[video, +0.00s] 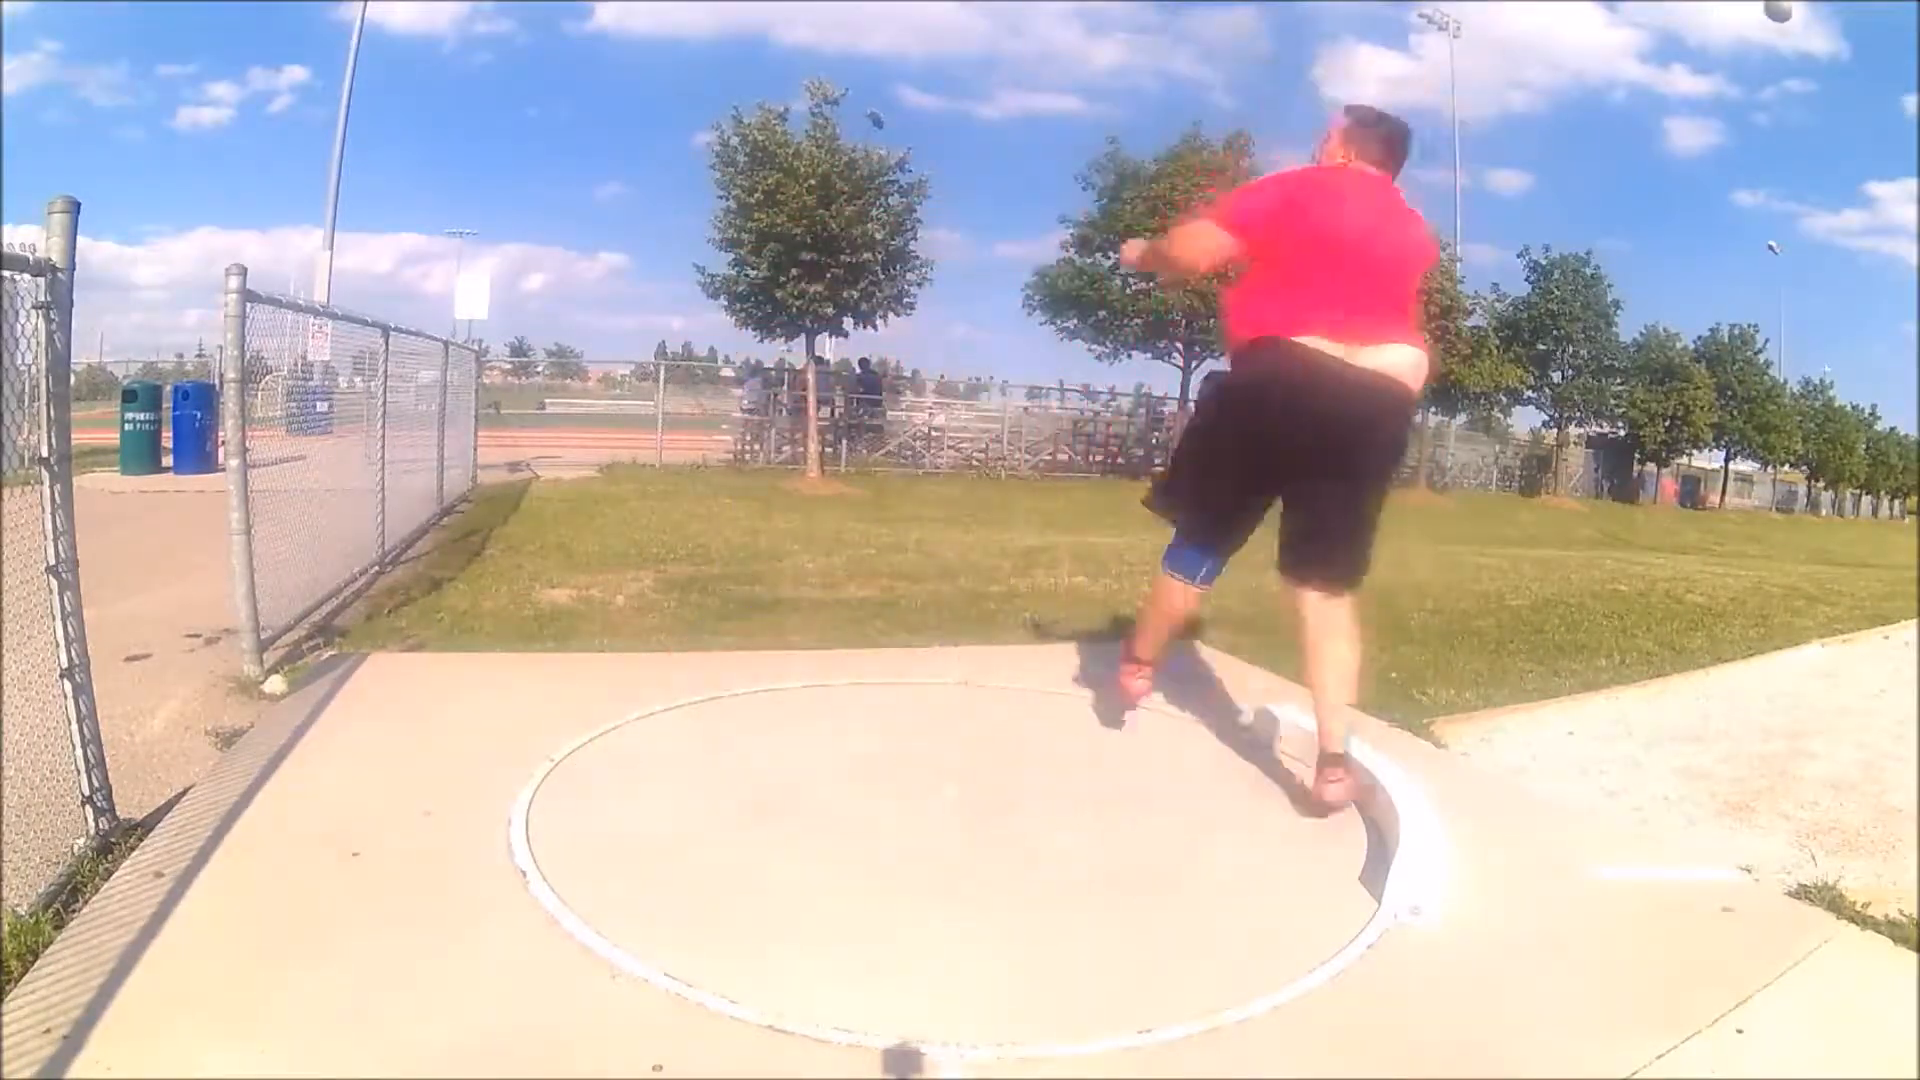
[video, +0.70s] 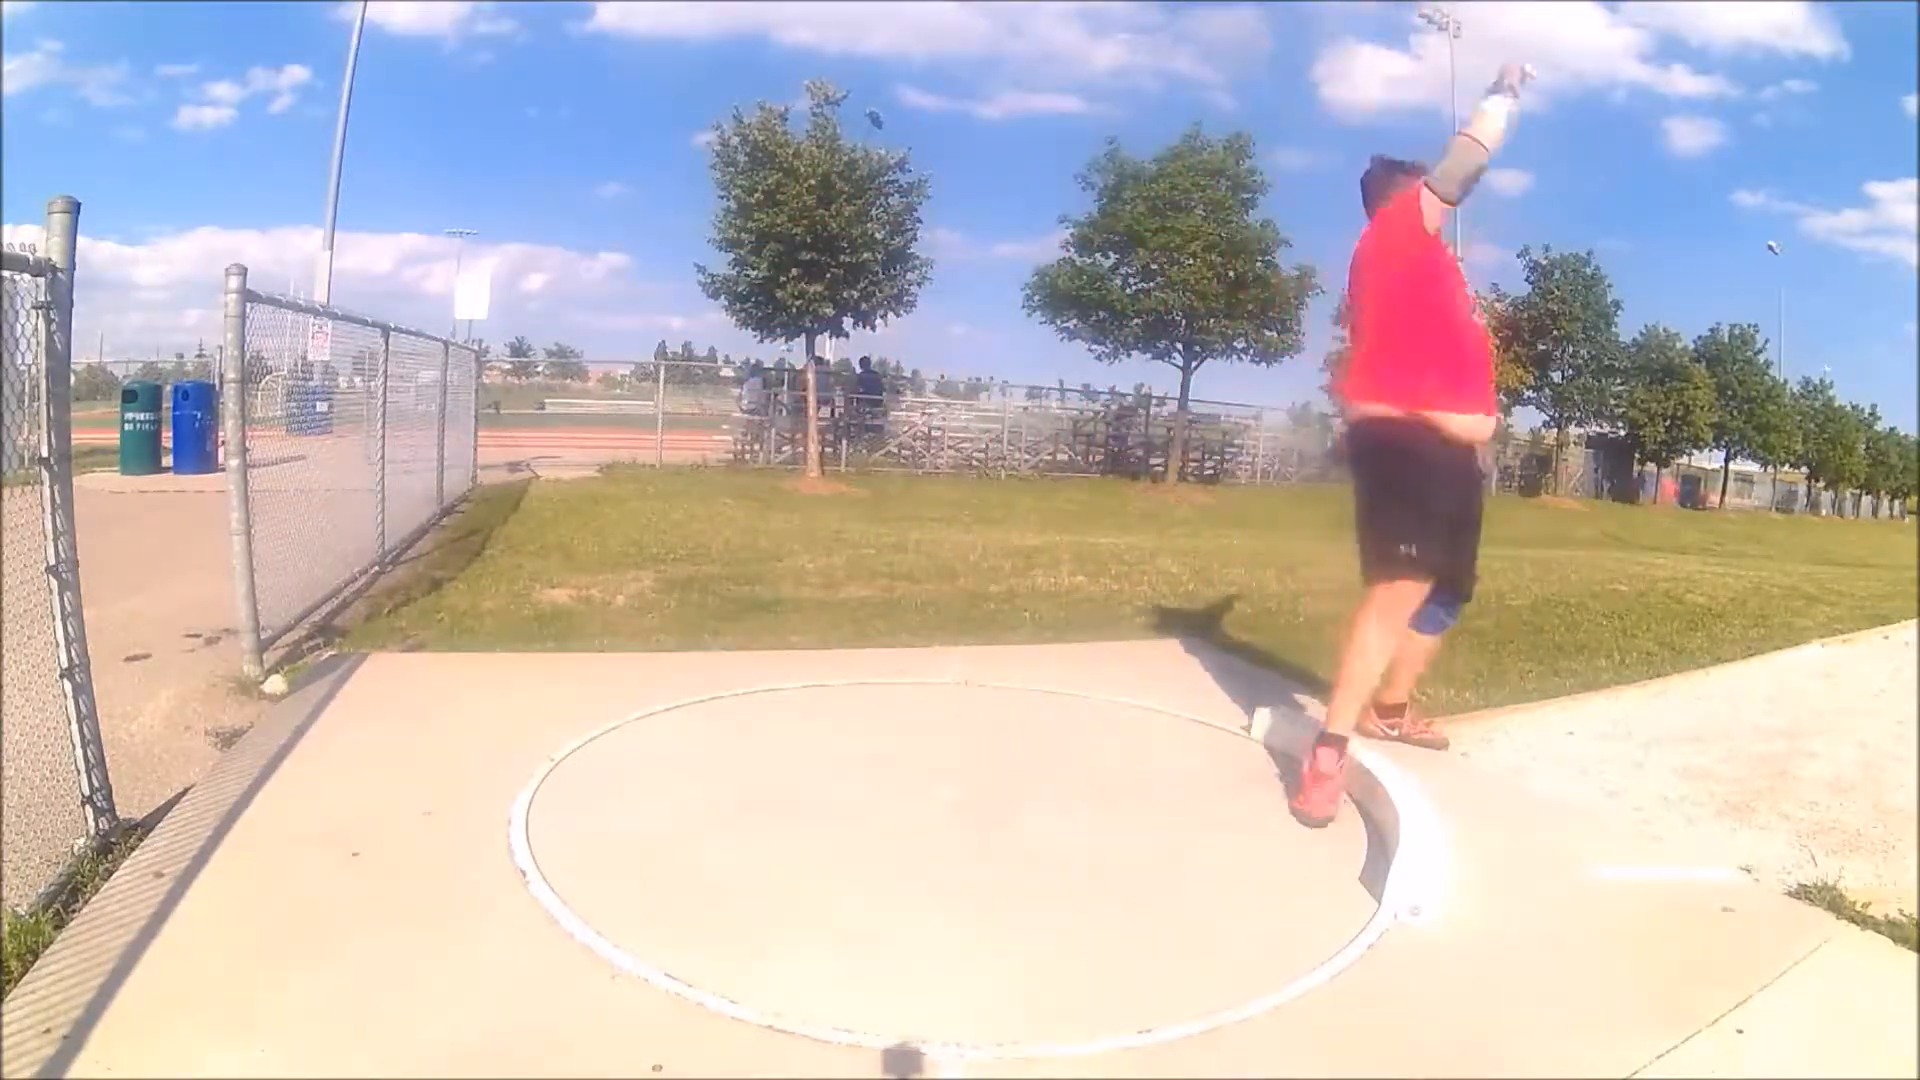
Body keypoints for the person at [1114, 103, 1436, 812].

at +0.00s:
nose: (1320, 145)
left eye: (1327, 137)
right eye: (1328, 138)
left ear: (1338, 143)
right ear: (1394, 165)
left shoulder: (1294, 186)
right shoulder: (1416, 228)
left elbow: (1194, 251)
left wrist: (1145, 254)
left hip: (1279, 381)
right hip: (1379, 405)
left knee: (1202, 539)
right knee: (1328, 583)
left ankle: (1136, 671)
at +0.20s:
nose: (1308, 195)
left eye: (1323, 184)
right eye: (1304, 190)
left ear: (1366, 190)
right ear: (1309, 212)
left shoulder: (1399, 218)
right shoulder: (1309, 292)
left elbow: (1430, 152)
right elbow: (1265, 373)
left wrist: (1378, 57)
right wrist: (1216, 376)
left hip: (1392, 378)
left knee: (1273, 454)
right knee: (1338, 577)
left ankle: (1269, 582)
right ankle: (1350, 756)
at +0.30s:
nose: (1320, 181)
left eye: (1334, 172)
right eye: (1313, 175)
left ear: (1368, 182)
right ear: (1309, 190)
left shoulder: (1414, 209)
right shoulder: (1292, 259)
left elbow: (1471, 118)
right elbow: (1238, 301)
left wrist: (1461, 24)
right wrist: (1233, 261)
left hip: (1420, 370)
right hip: (1356, 414)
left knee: (1376, 465)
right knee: (1325, 568)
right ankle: (1353, 751)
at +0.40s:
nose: (1338, 163)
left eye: (1351, 155)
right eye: (1326, 159)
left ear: (1375, 169)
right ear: (1310, 178)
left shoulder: (1425, 203)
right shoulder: (1294, 237)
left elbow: (1486, 132)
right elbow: (1245, 223)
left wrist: (1506, 51)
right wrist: (1258, 131)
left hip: (1445, 389)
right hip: (1359, 420)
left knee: (1500, 504)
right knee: (1335, 558)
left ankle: (1573, 542)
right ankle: (1359, 736)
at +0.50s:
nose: (1374, 160)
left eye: (1381, 154)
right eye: (1358, 152)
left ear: (1389, 166)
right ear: (1327, 163)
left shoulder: (1425, 210)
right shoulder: (1309, 210)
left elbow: (1478, 171)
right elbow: (1288, 142)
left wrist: (1506, 120)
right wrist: (1307, 43)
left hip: (1465, 400)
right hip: (1364, 421)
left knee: (1534, 539)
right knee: (1341, 567)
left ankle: (1514, 597)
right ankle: (1359, 728)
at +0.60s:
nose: (1414, 171)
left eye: (1417, 165)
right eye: (1400, 162)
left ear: (1414, 182)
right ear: (1364, 171)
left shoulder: (1423, 236)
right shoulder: (1344, 219)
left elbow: (1446, 231)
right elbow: (1361, 130)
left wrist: (1476, 191)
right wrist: (1391, 33)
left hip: (1469, 429)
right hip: (1379, 431)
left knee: (1488, 571)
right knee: (1360, 580)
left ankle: (1445, 663)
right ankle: (1354, 735)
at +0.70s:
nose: (1437, 192)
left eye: (1434, 184)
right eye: (1424, 182)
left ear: (1389, 197)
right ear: (1396, 189)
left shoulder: (1412, 257)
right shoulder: (1395, 227)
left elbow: (1356, 364)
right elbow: (1465, 160)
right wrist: (1502, 98)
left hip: (1454, 450)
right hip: (1403, 437)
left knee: (1445, 595)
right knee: (1400, 586)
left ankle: (1388, 708)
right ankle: (1330, 745)